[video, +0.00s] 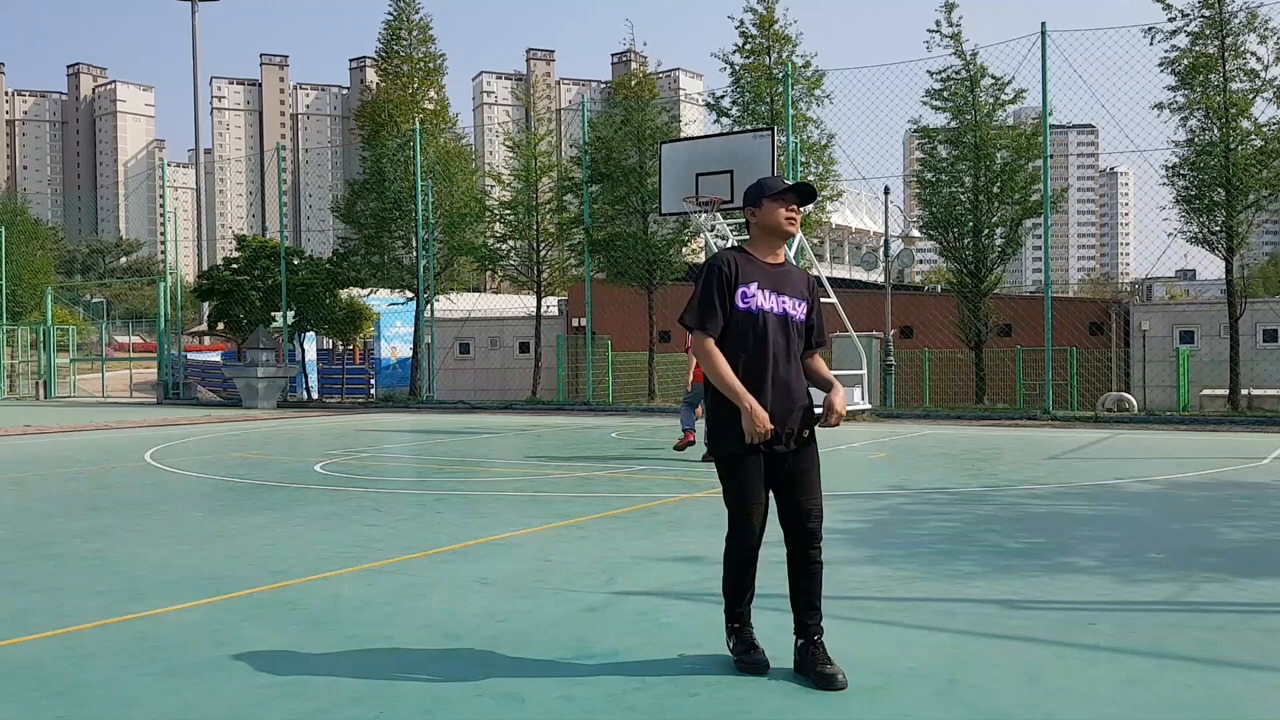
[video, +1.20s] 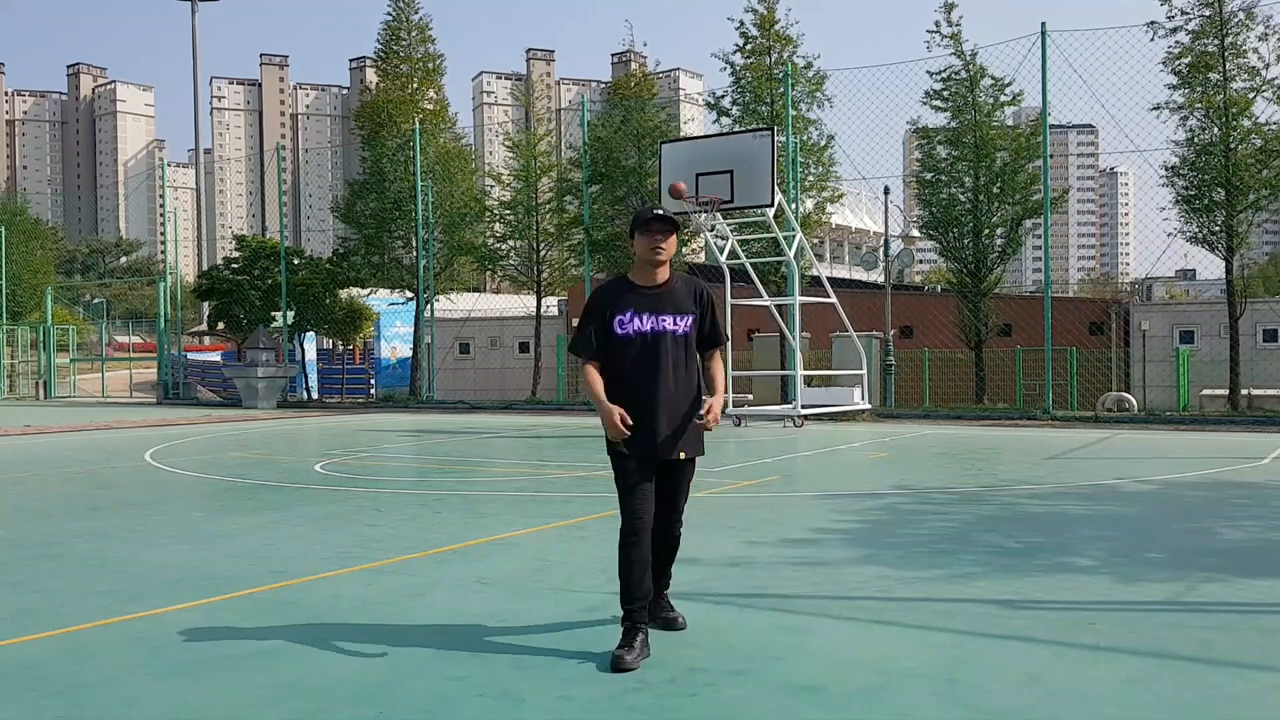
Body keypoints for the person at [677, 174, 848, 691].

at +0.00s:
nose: (795, 210)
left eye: (798, 204)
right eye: (784, 201)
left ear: (798, 217)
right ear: (753, 212)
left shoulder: (803, 282)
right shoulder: (724, 265)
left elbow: (809, 353)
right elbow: (702, 344)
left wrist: (833, 384)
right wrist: (747, 402)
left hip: (795, 425)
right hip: (739, 426)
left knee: (807, 532)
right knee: (747, 530)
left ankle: (810, 643)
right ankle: (740, 632)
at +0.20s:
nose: (789, 208)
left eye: (799, 203)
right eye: (780, 199)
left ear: (807, 221)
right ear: (758, 211)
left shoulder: (817, 284)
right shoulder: (718, 269)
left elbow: (842, 355)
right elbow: (678, 334)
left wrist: (842, 366)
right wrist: (692, 380)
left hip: (784, 427)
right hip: (720, 423)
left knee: (798, 534)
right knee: (713, 531)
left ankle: (810, 645)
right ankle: (727, 635)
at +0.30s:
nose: (758, 207)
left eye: (769, 200)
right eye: (750, 199)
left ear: (787, 214)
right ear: (738, 210)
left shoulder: (804, 277)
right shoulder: (707, 270)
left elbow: (841, 349)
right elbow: (676, 338)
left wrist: (822, 350)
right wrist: (669, 363)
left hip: (772, 427)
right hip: (707, 425)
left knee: (791, 535)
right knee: (687, 524)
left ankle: (811, 644)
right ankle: (688, 627)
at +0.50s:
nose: (700, 232)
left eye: (710, 225)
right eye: (693, 225)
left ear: (733, 233)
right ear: (686, 234)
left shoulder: (753, 288)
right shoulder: (680, 295)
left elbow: (799, 351)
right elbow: (684, 362)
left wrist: (748, 345)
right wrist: (645, 357)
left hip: (741, 446)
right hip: (680, 443)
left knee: (768, 547)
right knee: (652, 541)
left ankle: (809, 645)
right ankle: (637, 634)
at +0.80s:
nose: (633, 231)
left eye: (643, 223)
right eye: (626, 223)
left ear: (663, 230)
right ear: (618, 231)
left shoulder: (694, 274)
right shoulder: (609, 292)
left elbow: (743, 325)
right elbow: (606, 355)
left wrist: (697, 351)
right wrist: (583, 343)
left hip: (706, 419)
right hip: (645, 424)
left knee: (737, 520)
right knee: (641, 527)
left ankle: (751, 618)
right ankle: (635, 631)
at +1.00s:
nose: (643, 226)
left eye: (651, 219)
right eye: (634, 219)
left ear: (666, 228)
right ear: (619, 228)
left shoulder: (689, 270)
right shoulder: (599, 288)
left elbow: (738, 314)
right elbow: (583, 357)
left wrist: (716, 331)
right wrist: (576, 338)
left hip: (692, 420)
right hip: (633, 426)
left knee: (715, 512)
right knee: (635, 532)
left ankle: (686, 574)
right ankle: (634, 630)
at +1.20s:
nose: (658, 239)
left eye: (666, 233)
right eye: (649, 233)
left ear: (677, 242)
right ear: (632, 241)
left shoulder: (697, 294)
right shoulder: (608, 295)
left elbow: (713, 351)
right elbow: (587, 360)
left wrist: (718, 394)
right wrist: (603, 405)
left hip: (682, 431)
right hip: (630, 433)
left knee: (668, 525)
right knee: (636, 527)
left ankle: (657, 598)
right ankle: (633, 627)